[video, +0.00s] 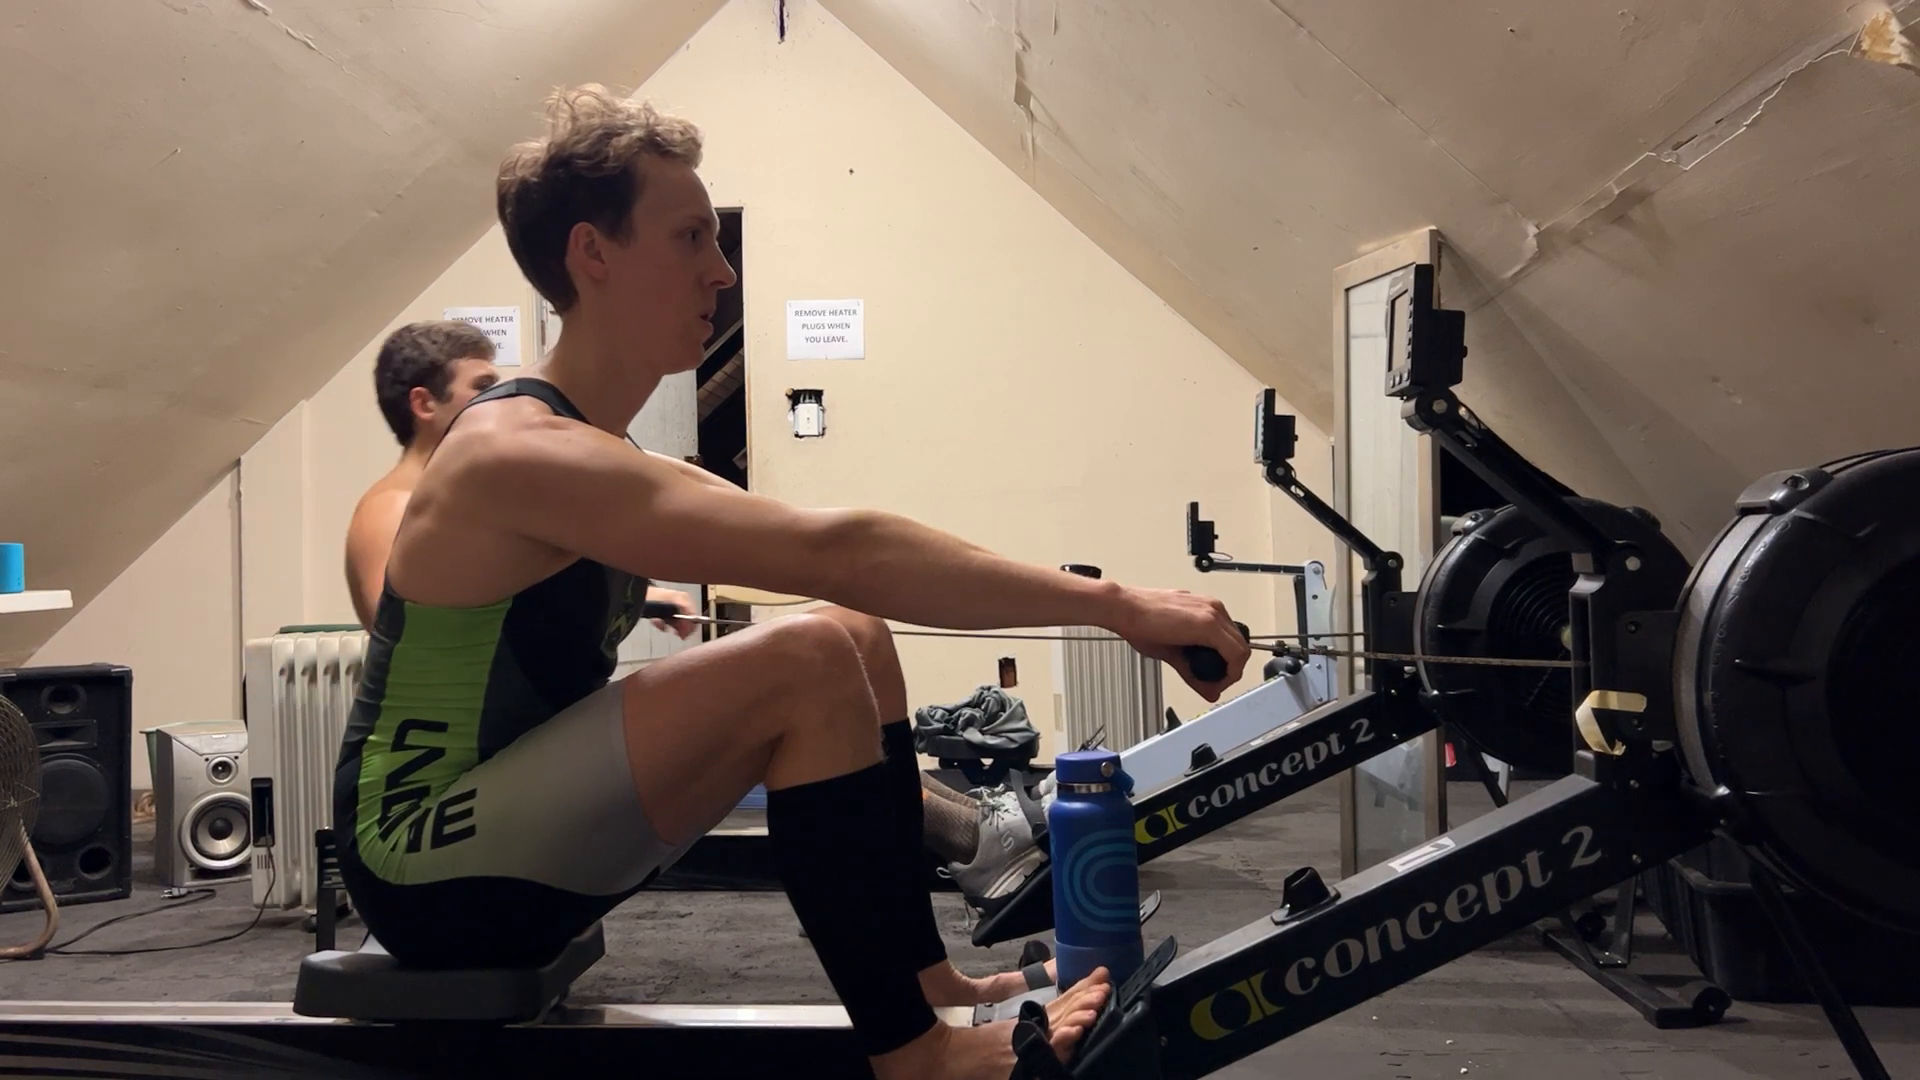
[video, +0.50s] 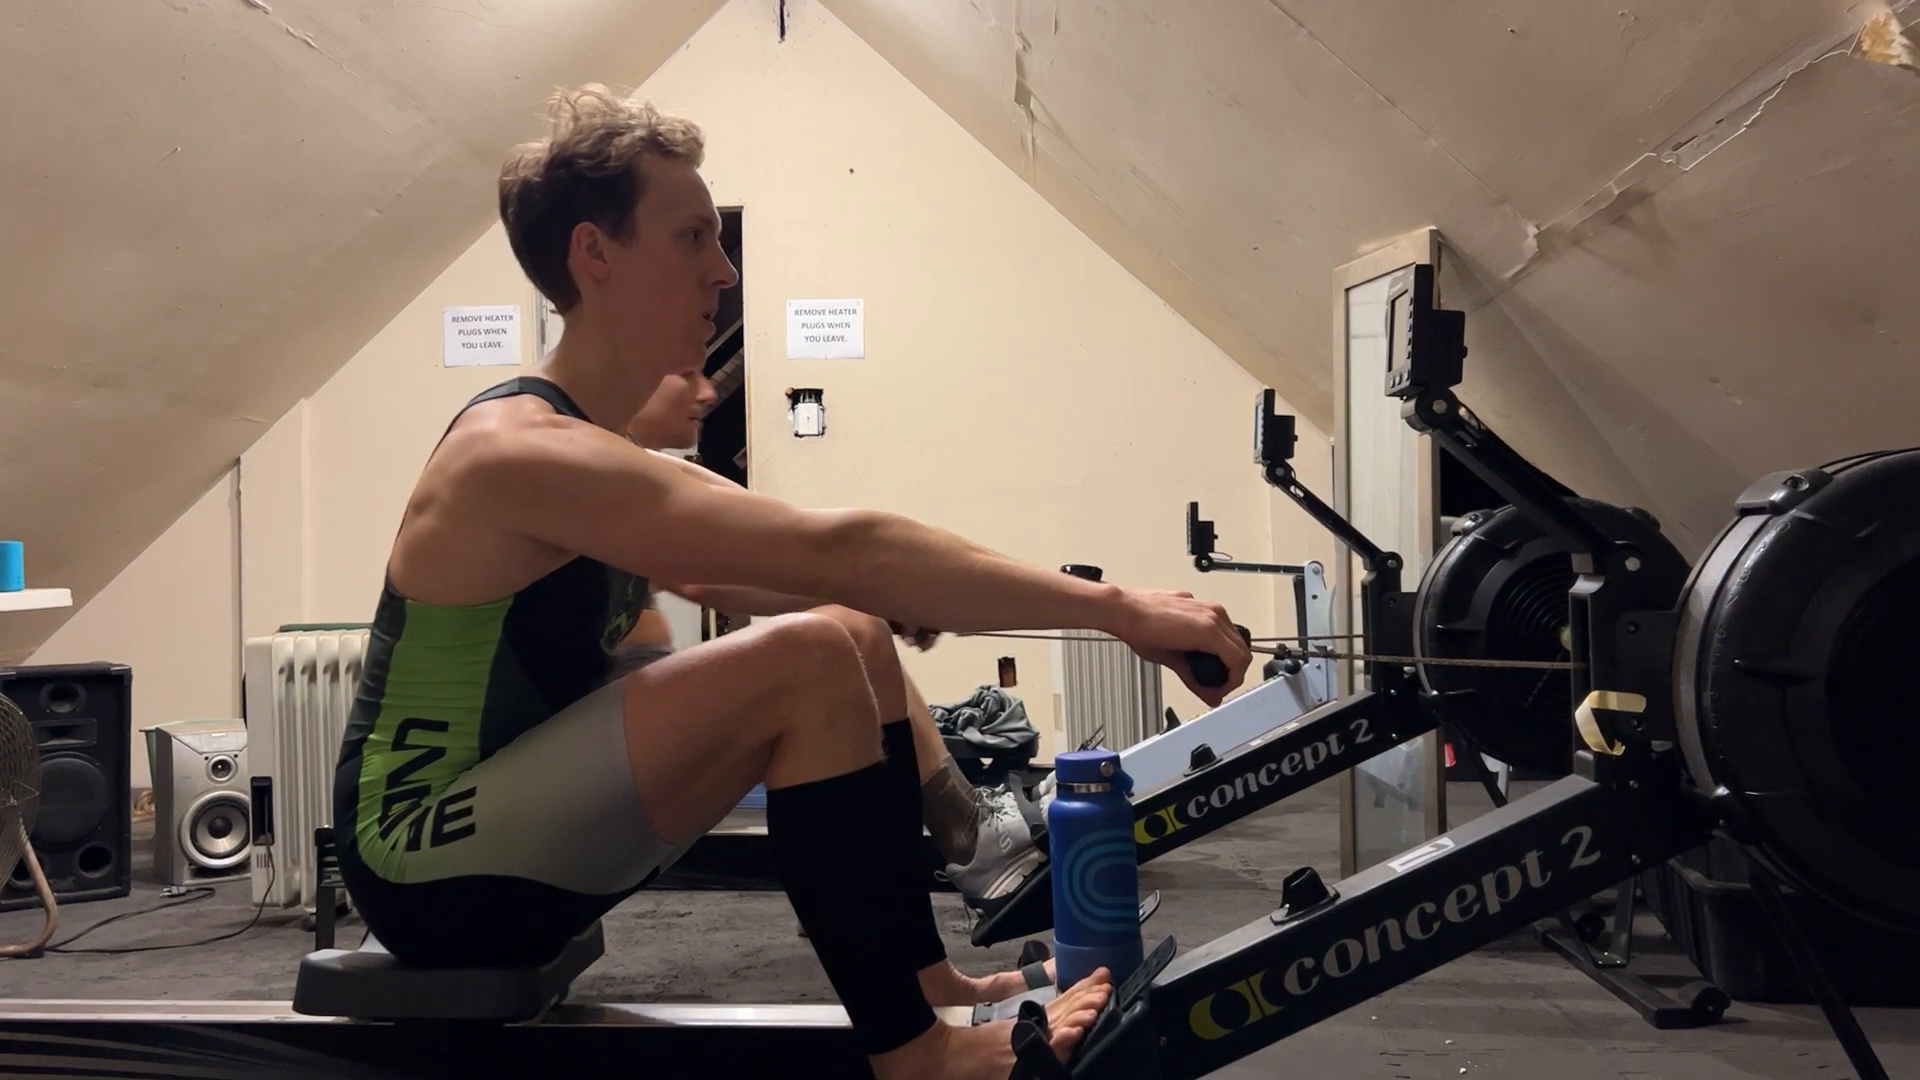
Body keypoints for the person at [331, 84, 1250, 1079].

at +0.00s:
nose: (722, 274)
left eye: (715, 243)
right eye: (693, 242)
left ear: (597, 262)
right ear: (590, 258)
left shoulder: (588, 452)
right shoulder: (519, 452)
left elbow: (833, 566)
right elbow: (830, 554)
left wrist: (1096, 603)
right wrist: (1115, 607)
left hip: (500, 826)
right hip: (433, 857)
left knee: (855, 644)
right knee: (807, 664)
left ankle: (926, 994)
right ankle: (901, 1047)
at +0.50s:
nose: (724, 273)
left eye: (717, 242)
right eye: (695, 242)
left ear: (599, 263)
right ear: (592, 259)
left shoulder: (594, 449)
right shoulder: (520, 449)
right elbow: (836, 556)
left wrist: (886, 609)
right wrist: (1118, 609)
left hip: (504, 827)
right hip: (433, 854)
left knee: (851, 650)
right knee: (808, 665)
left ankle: (927, 994)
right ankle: (901, 1047)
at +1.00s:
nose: (726, 271)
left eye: (719, 241)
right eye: (697, 240)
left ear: (605, 261)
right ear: (592, 258)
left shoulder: (600, 450)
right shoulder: (526, 447)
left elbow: (853, 532)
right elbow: (829, 550)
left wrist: (1109, 595)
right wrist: (1116, 607)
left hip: (500, 826)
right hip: (432, 851)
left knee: (854, 643)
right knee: (804, 660)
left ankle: (922, 990)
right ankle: (902, 1044)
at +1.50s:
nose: (743, 269)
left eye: (736, 238)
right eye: (717, 238)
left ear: (630, 261)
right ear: (610, 259)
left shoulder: (611, 454)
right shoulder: (537, 451)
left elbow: (870, 535)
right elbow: (839, 558)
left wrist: (1126, 599)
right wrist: (1126, 618)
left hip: (502, 825)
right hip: (434, 849)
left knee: (856, 645)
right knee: (802, 659)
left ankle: (922, 990)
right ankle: (901, 1041)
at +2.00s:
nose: (755, 273)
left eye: (745, 242)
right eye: (726, 242)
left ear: (643, 267)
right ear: (623, 263)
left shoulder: (618, 449)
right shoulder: (549, 453)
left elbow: (858, 564)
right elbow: (861, 555)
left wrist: (1119, 607)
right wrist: (1141, 615)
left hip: (511, 820)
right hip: (435, 848)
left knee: (862, 638)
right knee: (810, 661)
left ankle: (924, 993)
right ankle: (900, 1043)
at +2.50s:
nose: (713, 277)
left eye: (703, 246)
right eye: (678, 247)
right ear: (573, 271)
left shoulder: (613, 470)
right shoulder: (506, 464)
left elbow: (834, 570)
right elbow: (812, 601)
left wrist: (1066, 610)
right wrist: (1076, 633)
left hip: (439, 801)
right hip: (360, 830)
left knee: (801, 648)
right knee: (744, 677)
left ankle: (920, 977)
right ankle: (905, 1050)